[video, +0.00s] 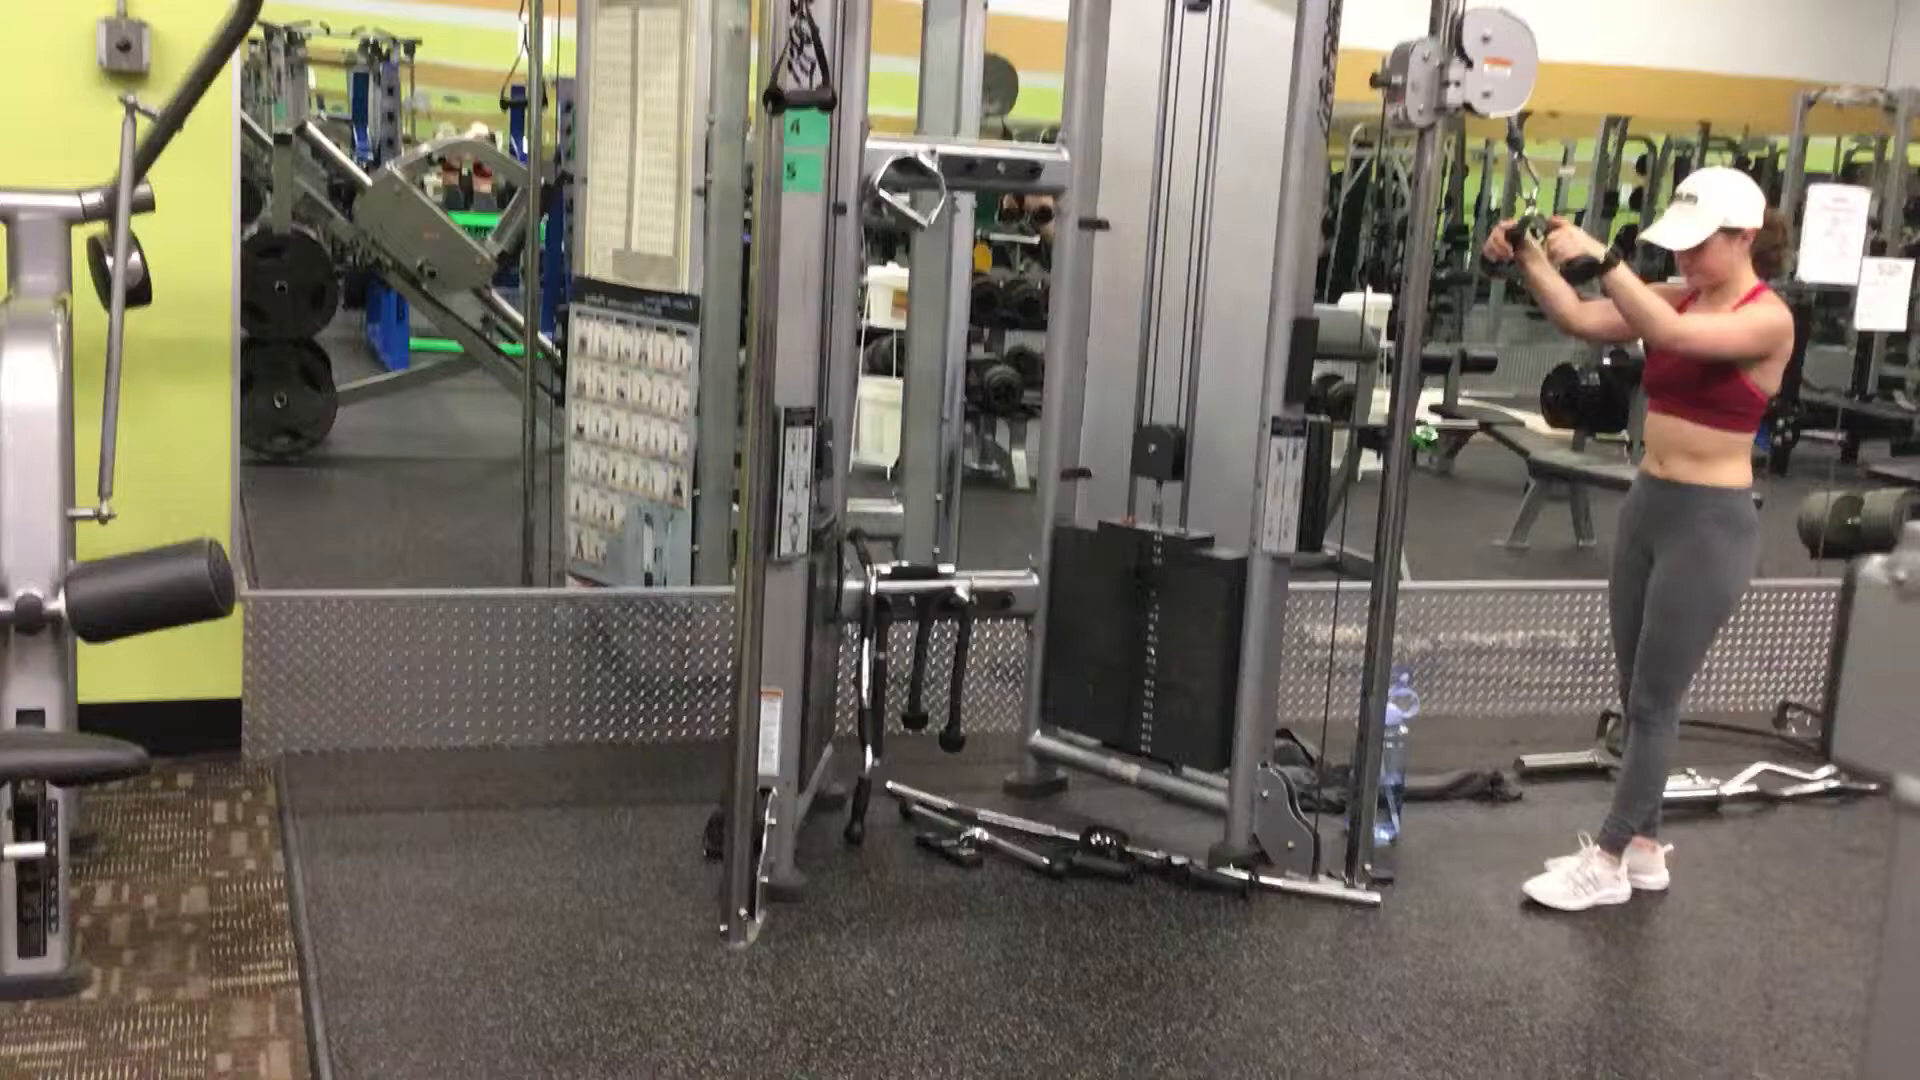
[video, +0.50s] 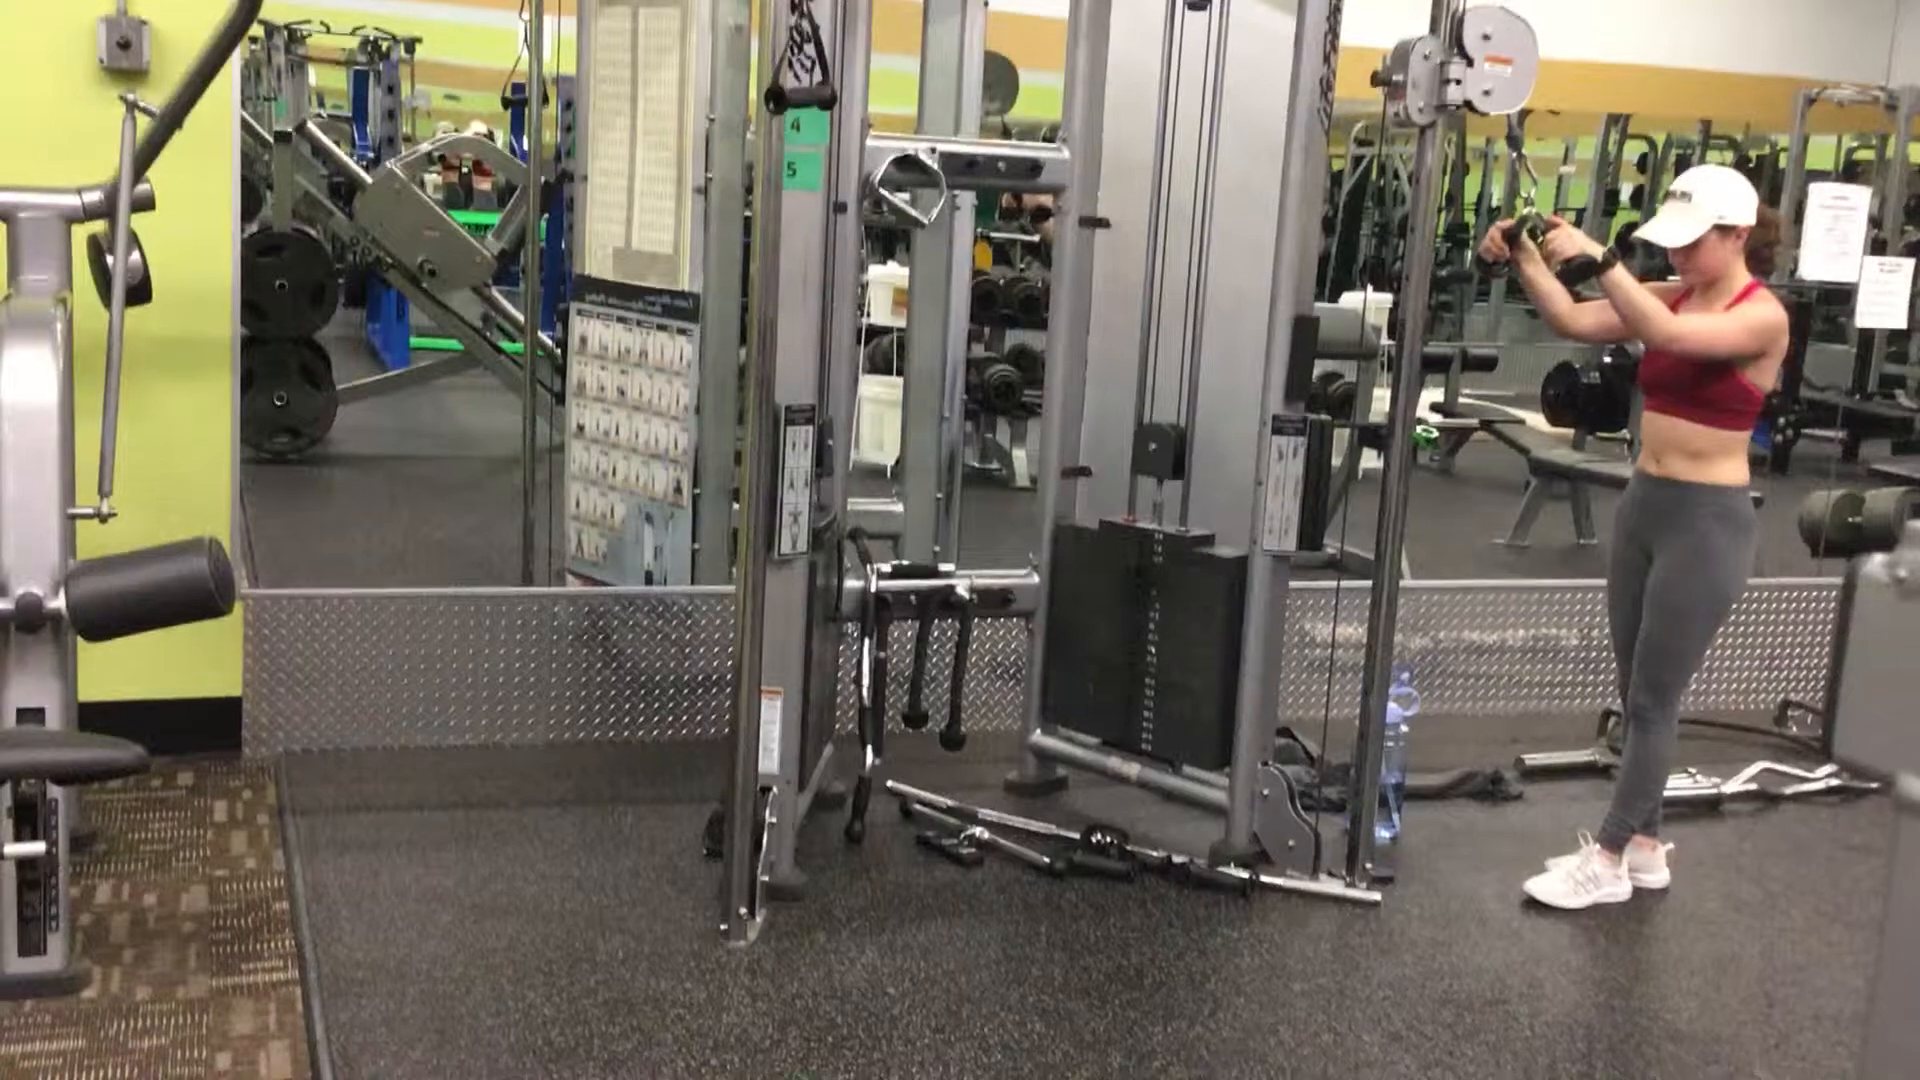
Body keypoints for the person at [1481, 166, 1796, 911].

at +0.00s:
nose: (1683, 256)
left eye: (1697, 243)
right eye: (1679, 244)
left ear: (1745, 238)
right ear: (1681, 242)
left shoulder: (1770, 318)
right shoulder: (1677, 299)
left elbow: (1670, 331)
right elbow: (1584, 317)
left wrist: (1599, 257)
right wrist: (1527, 259)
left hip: (1711, 523)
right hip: (1645, 509)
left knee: (1654, 699)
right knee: (1639, 694)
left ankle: (1605, 860)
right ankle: (1645, 847)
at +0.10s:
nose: (1683, 255)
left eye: (1696, 242)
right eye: (1678, 243)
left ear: (1744, 237)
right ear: (1681, 241)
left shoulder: (1770, 317)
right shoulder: (1678, 299)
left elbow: (1672, 331)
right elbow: (1584, 316)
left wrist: (1600, 257)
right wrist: (1527, 259)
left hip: (1711, 522)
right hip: (1645, 508)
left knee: (1655, 698)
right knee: (1640, 693)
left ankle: (1606, 859)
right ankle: (1646, 847)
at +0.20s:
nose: (1681, 255)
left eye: (1695, 241)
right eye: (1677, 242)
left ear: (1742, 237)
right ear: (1678, 241)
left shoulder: (1768, 316)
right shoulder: (1675, 298)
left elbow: (1670, 331)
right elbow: (1581, 317)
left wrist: (1599, 256)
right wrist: (1524, 259)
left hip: (1710, 522)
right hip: (1643, 508)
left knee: (1654, 696)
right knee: (1639, 692)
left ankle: (1606, 858)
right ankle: (1645, 845)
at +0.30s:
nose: (1680, 254)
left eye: (1694, 240)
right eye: (1676, 242)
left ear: (1742, 237)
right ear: (1677, 240)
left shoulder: (1767, 316)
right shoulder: (1675, 297)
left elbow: (1670, 332)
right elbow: (1580, 318)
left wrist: (1599, 257)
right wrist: (1524, 258)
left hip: (1710, 522)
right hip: (1643, 507)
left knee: (1654, 697)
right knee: (1639, 691)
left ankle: (1606, 858)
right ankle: (1645, 845)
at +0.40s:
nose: (1679, 254)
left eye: (1693, 241)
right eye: (1675, 242)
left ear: (1740, 237)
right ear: (1676, 241)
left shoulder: (1766, 316)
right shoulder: (1673, 297)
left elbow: (1669, 333)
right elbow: (1577, 319)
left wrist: (1598, 258)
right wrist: (1522, 259)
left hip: (1709, 522)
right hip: (1642, 508)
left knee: (1653, 697)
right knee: (1638, 690)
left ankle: (1606, 858)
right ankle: (1645, 845)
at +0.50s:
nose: (1677, 254)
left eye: (1690, 240)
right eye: (1672, 241)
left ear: (1738, 236)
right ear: (1674, 240)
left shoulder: (1765, 316)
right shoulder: (1671, 298)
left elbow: (1668, 333)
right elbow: (1576, 319)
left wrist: (1598, 258)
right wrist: (1522, 258)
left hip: (1709, 521)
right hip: (1641, 507)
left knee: (1652, 698)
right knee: (1638, 691)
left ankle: (1607, 858)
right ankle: (1645, 844)